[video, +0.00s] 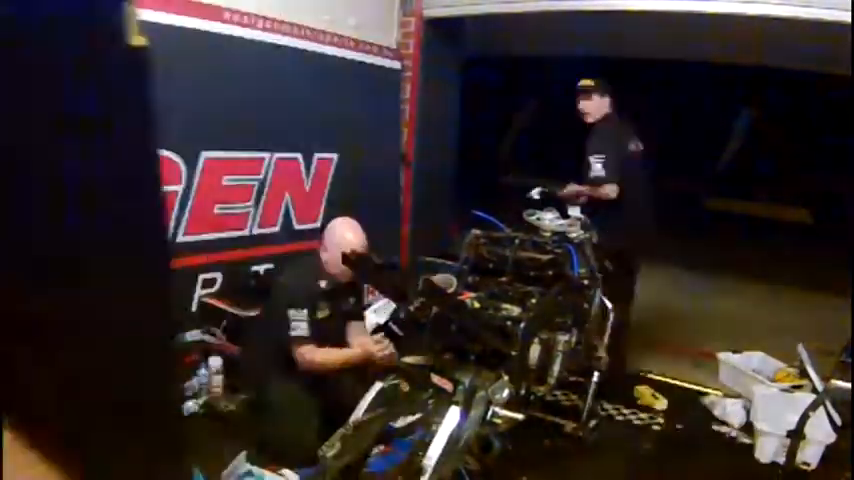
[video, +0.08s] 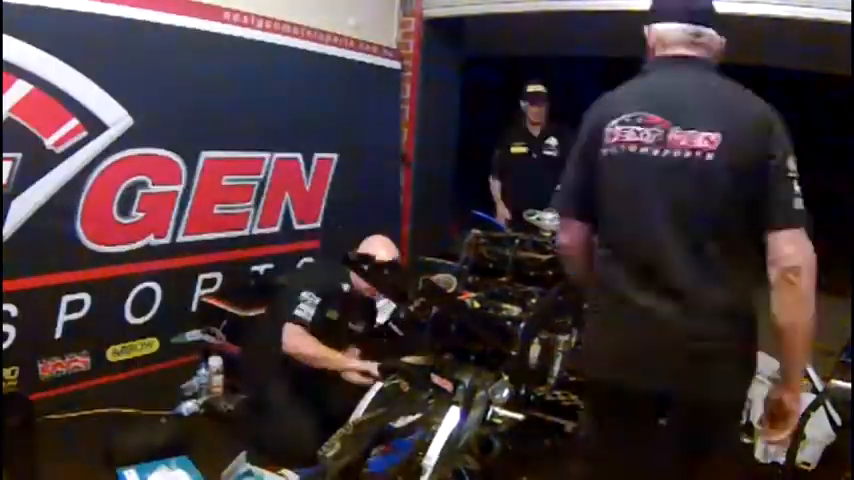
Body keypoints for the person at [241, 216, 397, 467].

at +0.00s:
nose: (353, 267)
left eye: (358, 260)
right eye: (347, 259)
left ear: (364, 254)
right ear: (323, 250)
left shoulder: (349, 283)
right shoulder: (296, 283)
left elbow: (356, 336)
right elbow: (305, 357)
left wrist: (376, 350)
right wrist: (362, 354)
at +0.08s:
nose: (379, 286)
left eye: (385, 278)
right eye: (378, 276)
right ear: (361, 266)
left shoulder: (361, 304)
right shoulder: (319, 281)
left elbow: (345, 350)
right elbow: (292, 341)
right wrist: (346, 364)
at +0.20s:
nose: (398, 215)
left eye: (403, 207)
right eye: (393, 205)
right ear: (367, 191)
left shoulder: (390, 234)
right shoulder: (325, 233)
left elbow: (390, 296)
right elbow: (298, 308)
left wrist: (403, 334)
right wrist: (370, 345)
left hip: (364, 377)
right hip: (317, 380)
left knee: (355, 461)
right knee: (312, 464)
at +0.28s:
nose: (392, 208)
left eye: (397, 200)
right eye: (388, 199)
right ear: (361, 186)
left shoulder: (390, 228)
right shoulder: (325, 219)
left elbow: (394, 291)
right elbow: (321, 291)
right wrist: (388, 313)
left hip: (364, 367)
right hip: (317, 369)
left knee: (350, 456)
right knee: (307, 457)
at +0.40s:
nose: (374, 294)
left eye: (378, 288)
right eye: (370, 284)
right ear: (356, 272)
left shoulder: (366, 311)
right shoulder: (314, 272)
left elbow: (345, 374)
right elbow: (287, 319)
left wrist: (364, 376)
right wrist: (349, 351)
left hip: (315, 378)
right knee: (302, 448)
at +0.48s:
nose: (357, 281)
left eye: (362, 272)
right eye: (350, 271)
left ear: (368, 268)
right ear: (326, 260)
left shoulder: (360, 289)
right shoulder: (293, 291)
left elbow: (371, 345)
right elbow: (292, 375)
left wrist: (382, 378)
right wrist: (355, 382)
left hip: (337, 393)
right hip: (288, 396)